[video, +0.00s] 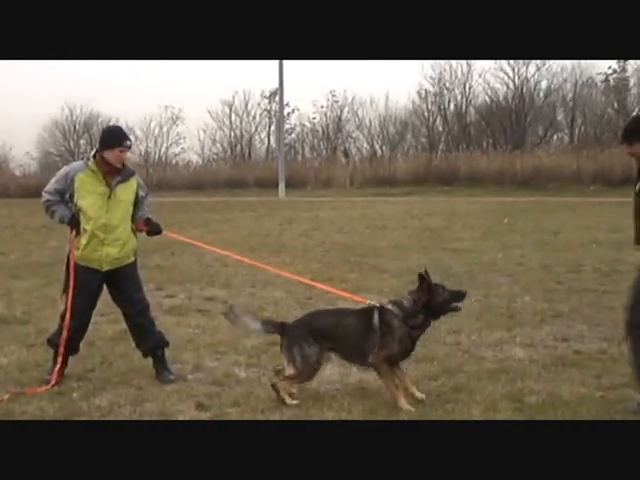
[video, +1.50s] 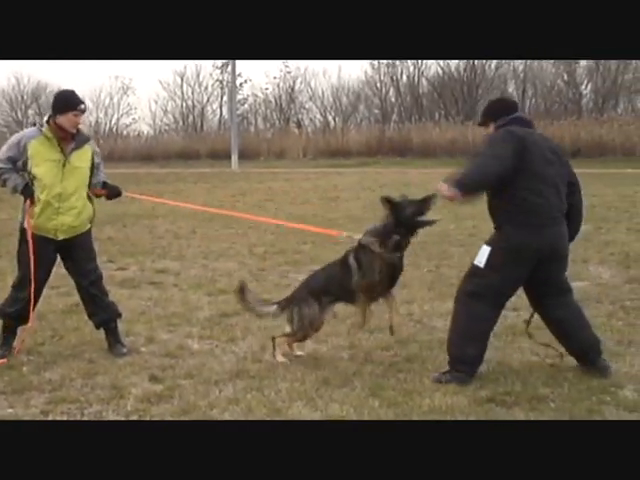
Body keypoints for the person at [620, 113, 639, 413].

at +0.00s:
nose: (630, 153)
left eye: (631, 146)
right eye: (629, 147)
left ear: (636, 145)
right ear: (630, 146)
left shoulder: (636, 184)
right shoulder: (635, 184)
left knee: (633, 323)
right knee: (632, 323)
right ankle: (634, 376)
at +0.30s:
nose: (579, 143)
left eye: (581, 136)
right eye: (577, 137)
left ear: (597, 132)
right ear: (600, 132)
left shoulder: (617, 161)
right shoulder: (609, 158)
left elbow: (622, 211)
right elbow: (613, 207)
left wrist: (605, 248)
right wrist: (600, 241)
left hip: (616, 251)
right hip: (618, 250)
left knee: (580, 306)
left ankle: (555, 377)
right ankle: (556, 376)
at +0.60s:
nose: (529, 144)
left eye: (529, 138)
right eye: (527, 139)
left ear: (539, 132)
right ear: (556, 126)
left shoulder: (554, 144)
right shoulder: (594, 146)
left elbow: (525, 161)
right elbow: (616, 190)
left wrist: (481, 157)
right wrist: (613, 226)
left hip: (584, 239)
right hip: (613, 236)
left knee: (547, 300)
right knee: (608, 299)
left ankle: (532, 377)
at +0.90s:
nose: (534, 131)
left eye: (535, 124)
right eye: (532, 125)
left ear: (550, 120)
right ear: (553, 120)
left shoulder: (569, 144)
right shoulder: (574, 141)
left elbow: (589, 188)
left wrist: (595, 233)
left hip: (558, 233)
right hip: (575, 236)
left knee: (516, 288)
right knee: (590, 299)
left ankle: (505, 365)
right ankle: (620, 363)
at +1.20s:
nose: (489, 137)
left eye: (489, 131)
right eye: (487, 131)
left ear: (499, 126)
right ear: (522, 120)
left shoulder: (511, 140)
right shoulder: (557, 145)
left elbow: (509, 173)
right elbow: (569, 192)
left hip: (532, 241)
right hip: (572, 239)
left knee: (500, 300)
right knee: (584, 297)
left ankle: (477, 369)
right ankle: (609, 360)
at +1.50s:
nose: (486, 134)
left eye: (486, 128)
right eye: (484, 128)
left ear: (497, 123)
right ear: (517, 118)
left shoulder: (506, 138)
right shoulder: (549, 146)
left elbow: (490, 167)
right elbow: (573, 195)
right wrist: (563, 236)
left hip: (515, 240)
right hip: (553, 240)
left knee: (476, 296)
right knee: (555, 298)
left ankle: (462, 369)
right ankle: (592, 359)